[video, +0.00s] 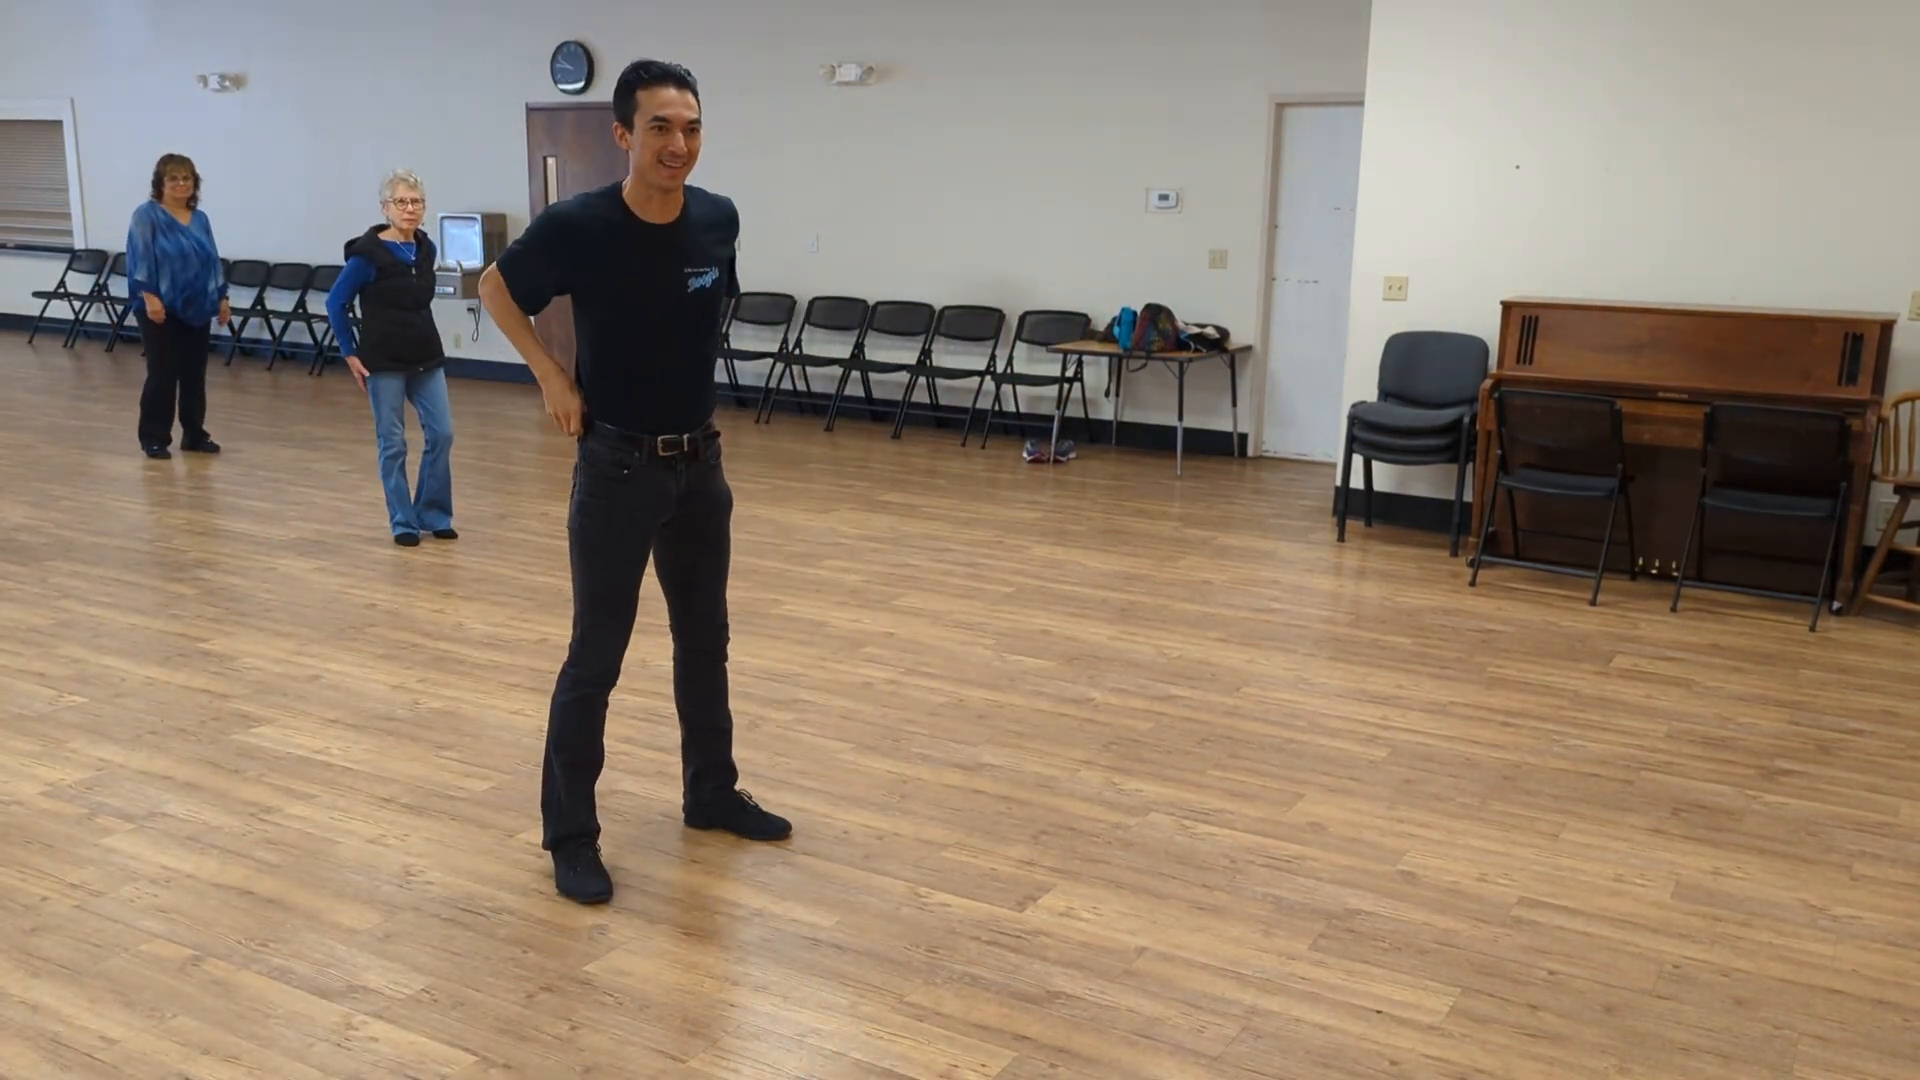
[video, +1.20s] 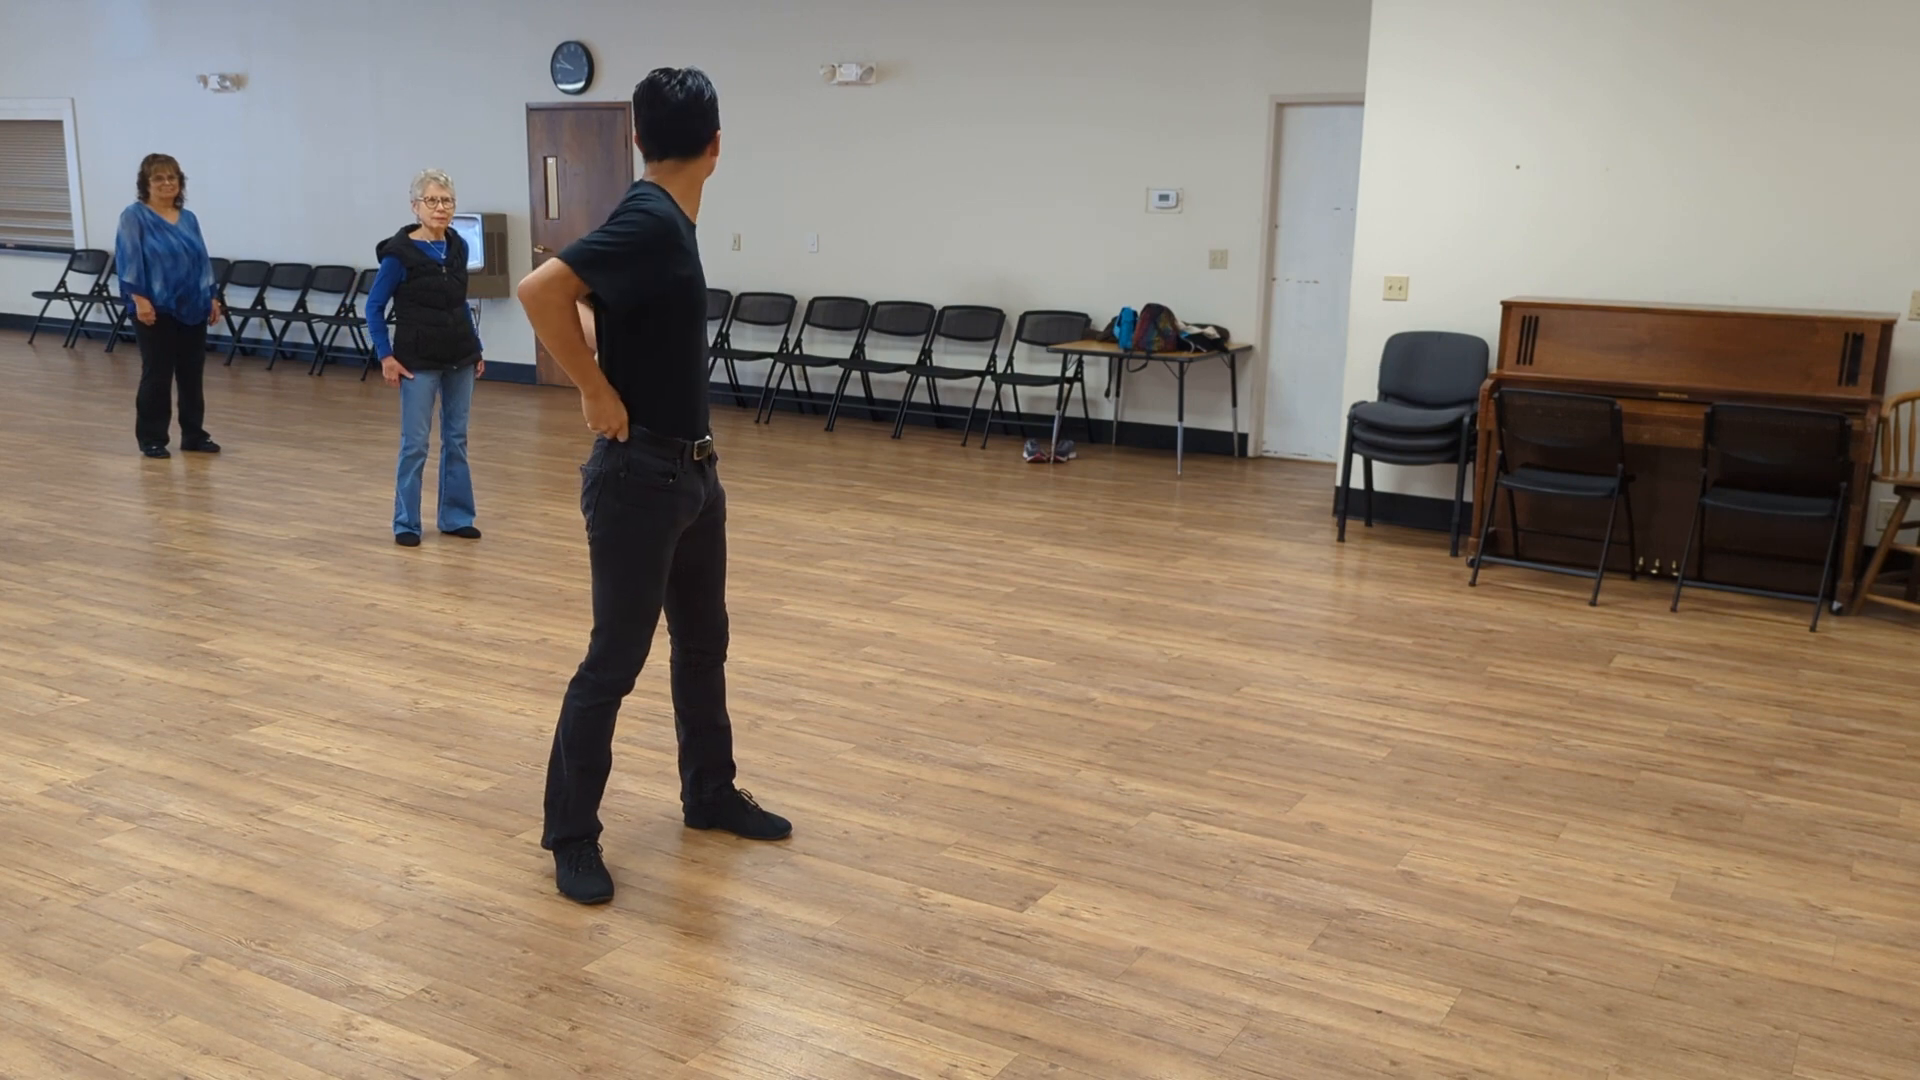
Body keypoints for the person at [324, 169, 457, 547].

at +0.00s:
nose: (410, 209)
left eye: (416, 202)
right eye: (401, 202)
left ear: (424, 207)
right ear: (386, 207)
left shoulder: (426, 249)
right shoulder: (370, 253)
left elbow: (417, 300)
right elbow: (335, 302)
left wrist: (421, 339)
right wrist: (350, 353)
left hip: (425, 358)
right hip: (383, 362)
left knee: (441, 434)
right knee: (393, 443)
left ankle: (434, 515)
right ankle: (403, 523)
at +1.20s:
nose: (441, 208)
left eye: (446, 201)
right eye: (432, 201)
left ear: (454, 206)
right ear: (416, 206)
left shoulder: (457, 247)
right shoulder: (401, 251)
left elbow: (459, 303)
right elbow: (373, 307)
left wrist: (476, 348)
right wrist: (385, 355)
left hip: (461, 358)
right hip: (417, 360)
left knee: (456, 441)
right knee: (416, 444)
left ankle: (456, 518)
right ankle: (406, 524)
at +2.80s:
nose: (425, 210)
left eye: (430, 203)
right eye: (416, 203)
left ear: (437, 208)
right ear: (399, 206)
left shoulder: (435, 249)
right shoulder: (381, 252)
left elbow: (434, 307)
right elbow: (350, 307)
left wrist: (452, 351)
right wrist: (363, 357)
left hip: (436, 361)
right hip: (393, 364)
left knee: (451, 437)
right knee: (400, 446)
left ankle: (447, 517)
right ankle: (409, 526)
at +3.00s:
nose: (422, 210)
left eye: (427, 203)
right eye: (413, 203)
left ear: (433, 207)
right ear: (395, 206)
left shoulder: (432, 249)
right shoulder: (379, 253)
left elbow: (433, 307)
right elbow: (350, 310)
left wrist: (451, 351)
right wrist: (366, 360)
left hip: (436, 361)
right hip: (393, 364)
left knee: (454, 435)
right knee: (400, 447)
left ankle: (452, 517)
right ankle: (409, 526)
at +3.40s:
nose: (430, 206)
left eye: (435, 199)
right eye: (421, 200)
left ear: (441, 204)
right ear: (404, 205)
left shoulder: (444, 246)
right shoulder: (389, 253)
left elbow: (446, 304)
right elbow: (360, 309)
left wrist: (465, 347)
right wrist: (377, 358)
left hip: (449, 359)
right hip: (406, 362)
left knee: (457, 441)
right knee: (408, 446)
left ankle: (464, 521)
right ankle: (410, 526)